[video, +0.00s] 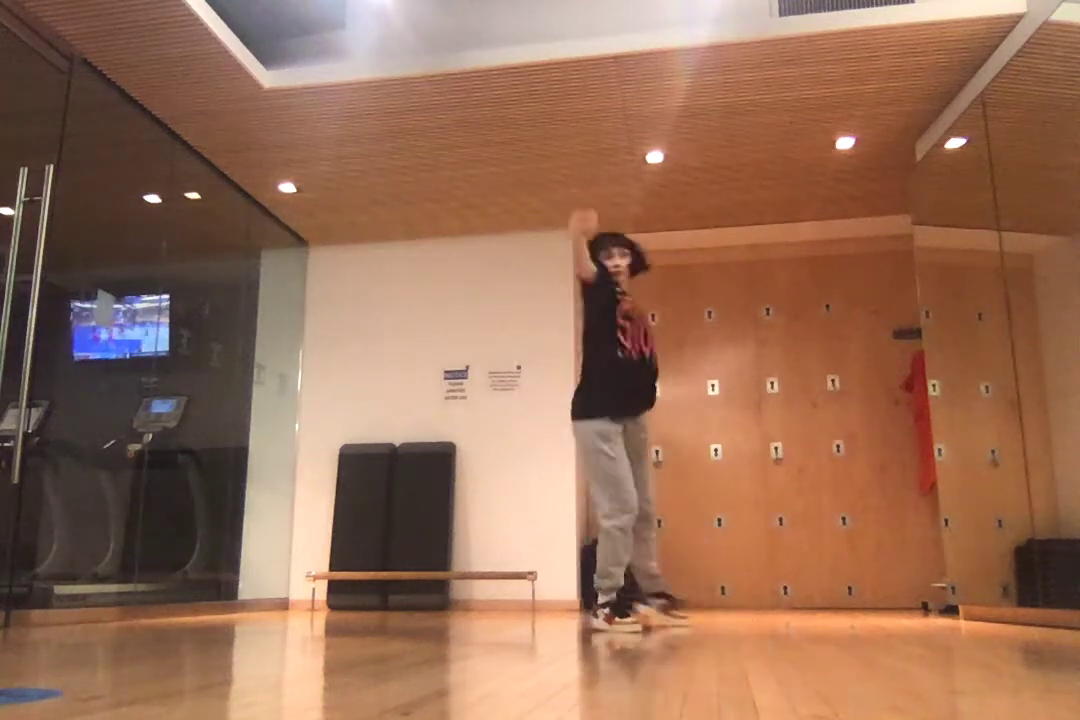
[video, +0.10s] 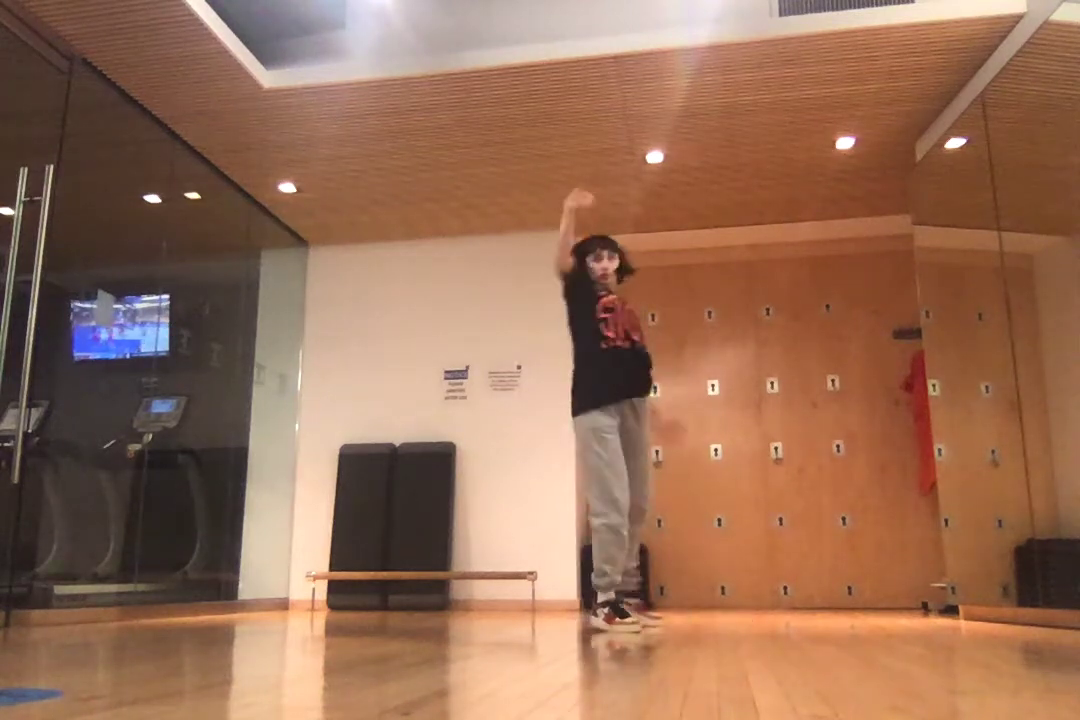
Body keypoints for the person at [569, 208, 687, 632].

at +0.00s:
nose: (615, 262)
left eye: (622, 255)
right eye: (607, 256)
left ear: (633, 263)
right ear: (598, 264)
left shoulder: (634, 306)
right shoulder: (597, 292)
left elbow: (646, 353)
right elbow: (583, 268)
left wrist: (643, 318)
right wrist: (578, 236)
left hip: (631, 412)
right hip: (596, 414)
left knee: (642, 507)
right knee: (619, 507)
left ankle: (649, 591)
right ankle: (608, 598)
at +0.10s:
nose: (602, 261)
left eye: (608, 255)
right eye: (595, 256)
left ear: (619, 264)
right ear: (584, 265)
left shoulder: (623, 306)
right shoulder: (579, 292)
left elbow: (636, 355)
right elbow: (564, 259)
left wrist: (651, 401)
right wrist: (569, 210)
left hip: (632, 401)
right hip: (595, 404)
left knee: (636, 501)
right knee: (610, 502)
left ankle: (624, 593)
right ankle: (605, 599)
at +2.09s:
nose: (567, 317)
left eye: (574, 310)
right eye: (559, 311)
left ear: (585, 315)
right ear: (549, 318)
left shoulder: (600, 349)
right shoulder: (540, 358)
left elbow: (652, 366)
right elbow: (510, 399)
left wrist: (605, 381)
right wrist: (556, 393)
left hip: (597, 456)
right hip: (554, 454)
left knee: (654, 512)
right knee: (521, 525)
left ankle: (647, 602)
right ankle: (459, 586)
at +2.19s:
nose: (585, 300)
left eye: (588, 293)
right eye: (576, 295)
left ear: (597, 301)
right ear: (563, 306)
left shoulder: (607, 340)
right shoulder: (560, 343)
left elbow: (632, 353)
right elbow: (544, 388)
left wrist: (620, 362)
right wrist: (588, 370)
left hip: (602, 452)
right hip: (566, 444)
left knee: (656, 514)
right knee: (526, 525)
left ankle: (647, 603)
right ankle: (463, 584)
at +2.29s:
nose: (610, 294)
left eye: (608, 288)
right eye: (603, 288)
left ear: (594, 296)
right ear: (584, 294)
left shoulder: (601, 337)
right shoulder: (576, 332)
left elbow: (585, 383)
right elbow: (553, 385)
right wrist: (601, 364)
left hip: (611, 447)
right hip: (573, 441)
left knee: (659, 514)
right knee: (526, 516)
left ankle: (650, 604)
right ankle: (468, 582)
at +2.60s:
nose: (600, 326)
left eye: (605, 320)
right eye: (600, 317)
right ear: (584, 307)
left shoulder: (580, 343)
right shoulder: (552, 328)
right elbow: (521, 343)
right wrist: (559, 312)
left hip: (553, 445)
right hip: (518, 438)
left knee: (593, 504)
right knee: (520, 529)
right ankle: (468, 590)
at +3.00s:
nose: (504, 277)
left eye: (502, 272)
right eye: (495, 274)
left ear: (500, 281)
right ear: (479, 285)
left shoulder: (519, 320)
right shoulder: (485, 311)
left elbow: (559, 314)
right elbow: (519, 276)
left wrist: (598, 301)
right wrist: (572, 267)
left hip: (507, 437)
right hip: (471, 426)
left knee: (523, 509)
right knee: (424, 506)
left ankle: (521, 602)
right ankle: (359, 581)